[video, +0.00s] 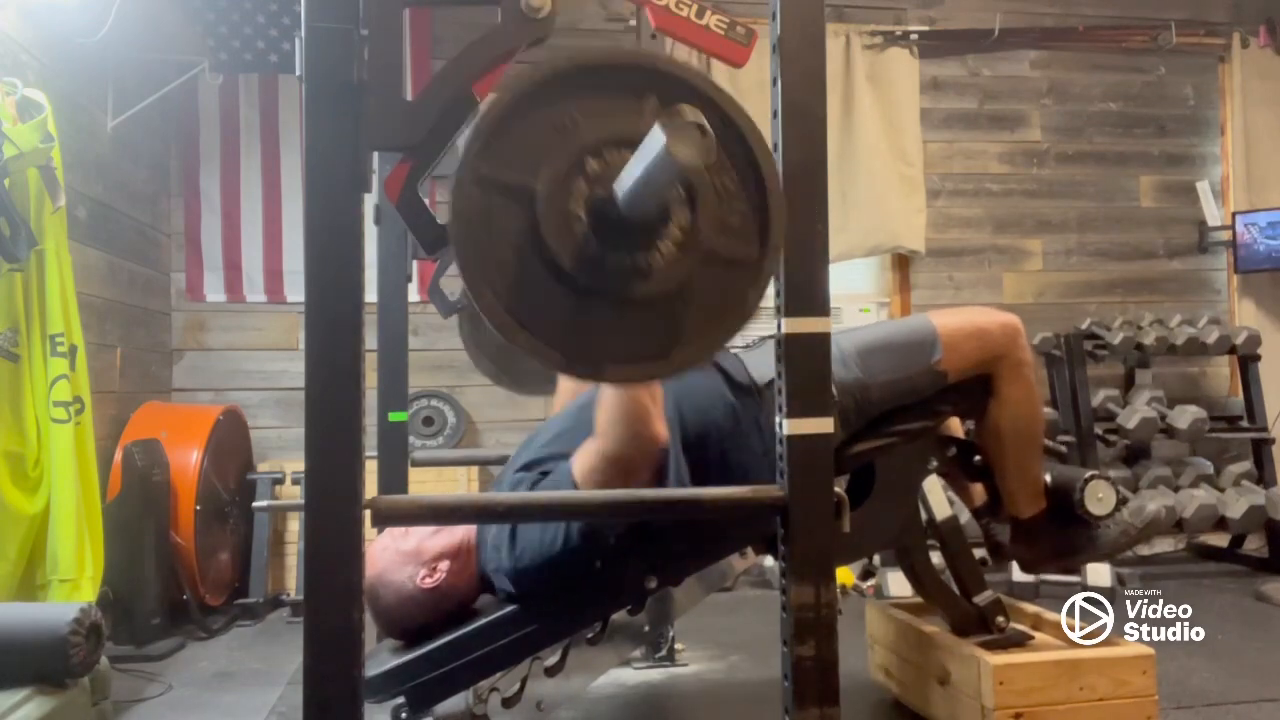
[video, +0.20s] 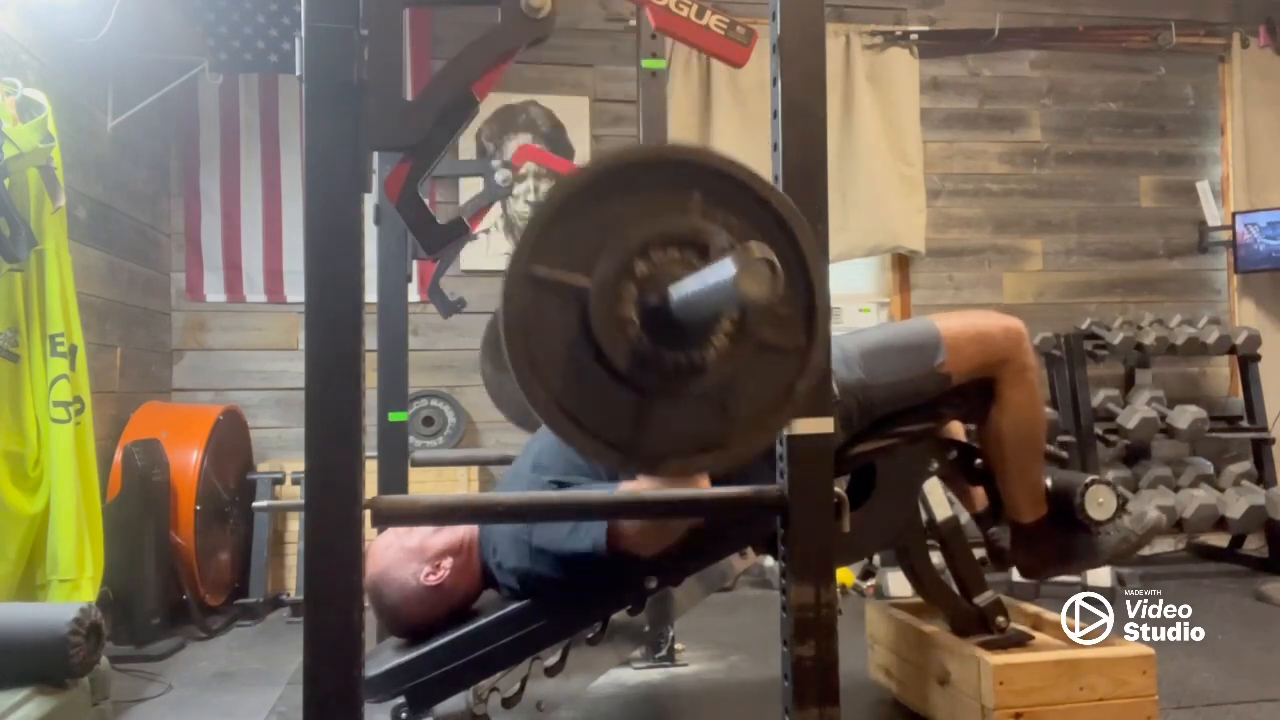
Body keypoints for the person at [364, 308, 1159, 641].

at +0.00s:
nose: (414, 528)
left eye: (396, 531)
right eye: (411, 546)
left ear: (428, 543)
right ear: (444, 578)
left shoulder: (499, 493)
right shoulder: (529, 555)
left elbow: (580, 403)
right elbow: (637, 436)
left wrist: (568, 278)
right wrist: (610, 290)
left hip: (738, 364)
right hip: (771, 420)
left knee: (927, 320)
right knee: (1000, 336)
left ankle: (972, 467)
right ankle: (1032, 521)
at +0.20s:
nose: (417, 526)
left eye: (400, 532)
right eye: (416, 544)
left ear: (429, 548)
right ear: (448, 573)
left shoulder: (503, 491)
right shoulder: (527, 542)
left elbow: (587, 430)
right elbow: (657, 522)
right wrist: (667, 388)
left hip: (724, 391)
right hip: (755, 434)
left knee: (957, 329)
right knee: (1003, 340)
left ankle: (983, 475)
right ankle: (1032, 529)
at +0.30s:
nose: (417, 528)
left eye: (399, 534)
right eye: (417, 547)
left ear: (427, 548)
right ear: (448, 575)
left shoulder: (493, 494)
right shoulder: (531, 537)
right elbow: (692, 533)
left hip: (698, 411)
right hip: (752, 440)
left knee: (903, 320)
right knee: (1002, 339)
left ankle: (978, 468)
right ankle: (1033, 527)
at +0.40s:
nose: (416, 526)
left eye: (398, 533)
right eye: (418, 546)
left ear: (426, 553)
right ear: (448, 574)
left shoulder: (488, 504)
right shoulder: (528, 542)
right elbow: (670, 562)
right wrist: (718, 549)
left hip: (716, 402)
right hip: (753, 439)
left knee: (944, 325)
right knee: (1004, 340)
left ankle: (979, 471)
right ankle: (1031, 524)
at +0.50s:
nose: (417, 530)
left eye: (398, 535)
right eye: (417, 549)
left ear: (425, 550)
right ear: (447, 576)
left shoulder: (487, 504)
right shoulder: (526, 543)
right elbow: (667, 555)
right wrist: (720, 543)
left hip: (709, 407)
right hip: (753, 441)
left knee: (929, 324)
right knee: (1003, 340)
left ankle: (980, 472)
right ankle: (1030, 524)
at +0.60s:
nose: (420, 531)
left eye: (402, 536)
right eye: (419, 550)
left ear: (427, 544)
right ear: (449, 577)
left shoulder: (493, 494)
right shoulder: (532, 544)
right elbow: (686, 530)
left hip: (699, 412)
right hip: (749, 449)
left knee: (926, 327)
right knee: (1005, 341)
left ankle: (984, 479)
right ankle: (1032, 529)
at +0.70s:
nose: (418, 532)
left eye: (400, 536)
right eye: (417, 550)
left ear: (425, 541)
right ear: (447, 577)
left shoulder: (501, 491)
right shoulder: (525, 544)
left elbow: (589, 420)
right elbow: (650, 508)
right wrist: (656, 372)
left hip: (737, 384)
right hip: (759, 433)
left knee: (960, 334)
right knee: (1006, 342)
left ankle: (994, 491)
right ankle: (1033, 529)